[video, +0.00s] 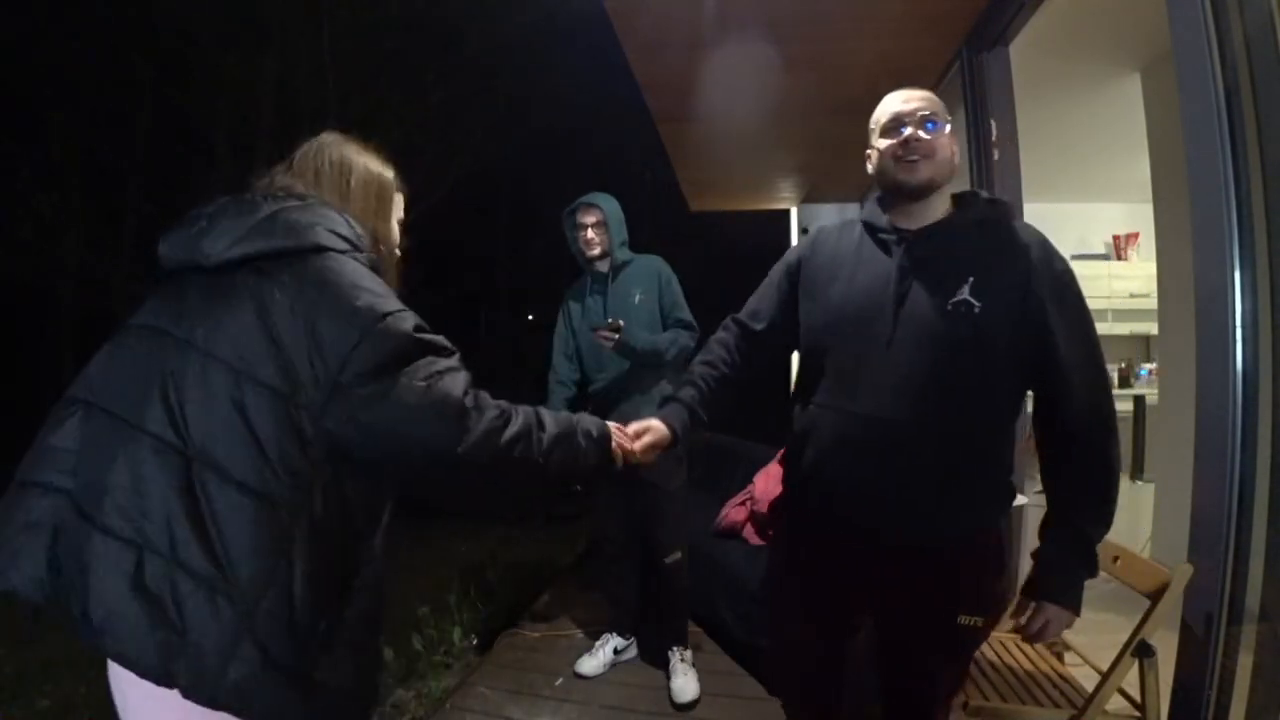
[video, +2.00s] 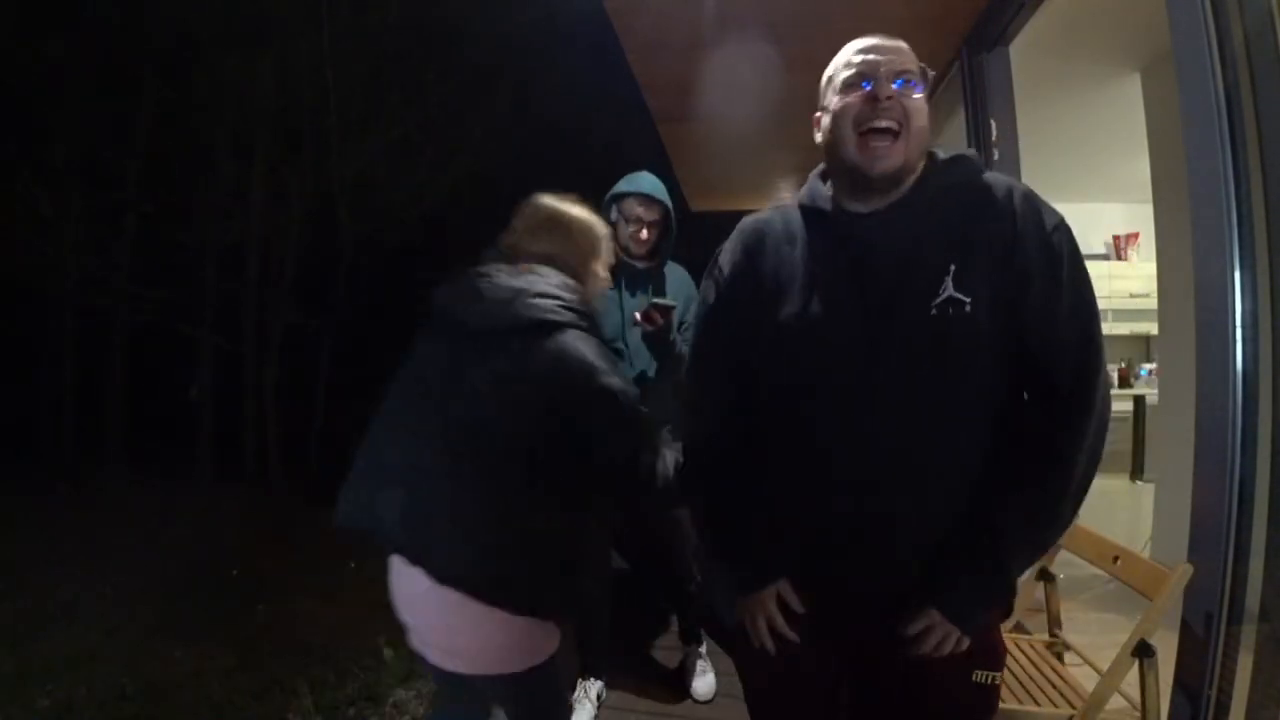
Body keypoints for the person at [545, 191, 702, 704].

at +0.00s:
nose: (590, 236)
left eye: (598, 227)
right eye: (582, 230)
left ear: (617, 228)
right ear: (573, 238)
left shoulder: (651, 271)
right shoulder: (576, 298)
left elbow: (687, 340)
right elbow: (562, 377)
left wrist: (633, 340)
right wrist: (558, 436)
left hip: (659, 426)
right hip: (601, 434)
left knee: (667, 543)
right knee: (612, 536)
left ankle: (676, 648)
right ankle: (622, 634)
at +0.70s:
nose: (668, 240)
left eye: (677, 230)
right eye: (659, 231)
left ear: (695, 230)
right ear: (646, 234)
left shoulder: (719, 275)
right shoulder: (635, 287)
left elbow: (732, 354)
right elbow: (613, 363)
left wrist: (689, 331)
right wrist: (596, 424)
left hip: (700, 431)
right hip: (641, 431)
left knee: (694, 533)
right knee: (626, 531)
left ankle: (695, 642)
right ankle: (621, 633)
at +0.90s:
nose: (690, 237)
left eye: (700, 228)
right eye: (681, 228)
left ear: (717, 230)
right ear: (668, 230)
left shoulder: (736, 285)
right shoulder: (651, 282)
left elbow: (750, 357)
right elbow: (620, 358)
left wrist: (712, 327)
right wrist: (603, 422)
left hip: (707, 437)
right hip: (645, 433)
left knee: (700, 540)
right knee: (631, 536)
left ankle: (696, 645)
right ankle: (620, 633)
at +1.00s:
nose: (696, 235)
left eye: (707, 226)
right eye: (687, 225)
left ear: (723, 229)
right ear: (674, 228)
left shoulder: (741, 284)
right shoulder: (655, 280)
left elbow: (754, 360)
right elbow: (626, 347)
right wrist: (603, 412)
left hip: (712, 440)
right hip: (648, 437)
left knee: (704, 543)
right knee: (633, 539)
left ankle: (697, 643)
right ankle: (621, 634)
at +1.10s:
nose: (697, 233)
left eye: (708, 224)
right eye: (688, 223)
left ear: (726, 228)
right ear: (676, 227)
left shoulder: (741, 282)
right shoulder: (657, 280)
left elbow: (760, 345)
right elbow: (625, 342)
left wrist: (722, 326)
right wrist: (576, 385)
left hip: (711, 442)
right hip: (648, 437)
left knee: (701, 549)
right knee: (633, 542)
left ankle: (697, 644)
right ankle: (614, 642)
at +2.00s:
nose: (642, 232)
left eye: (652, 222)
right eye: (631, 221)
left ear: (664, 227)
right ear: (613, 224)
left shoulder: (680, 282)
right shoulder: (590, 283)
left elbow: (695, 361)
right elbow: (574, 358)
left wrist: (668, 340)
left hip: (667, 429)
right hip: (601, 428)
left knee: (677, 538)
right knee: (596, 549)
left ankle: (694, 644)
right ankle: (591, 672)